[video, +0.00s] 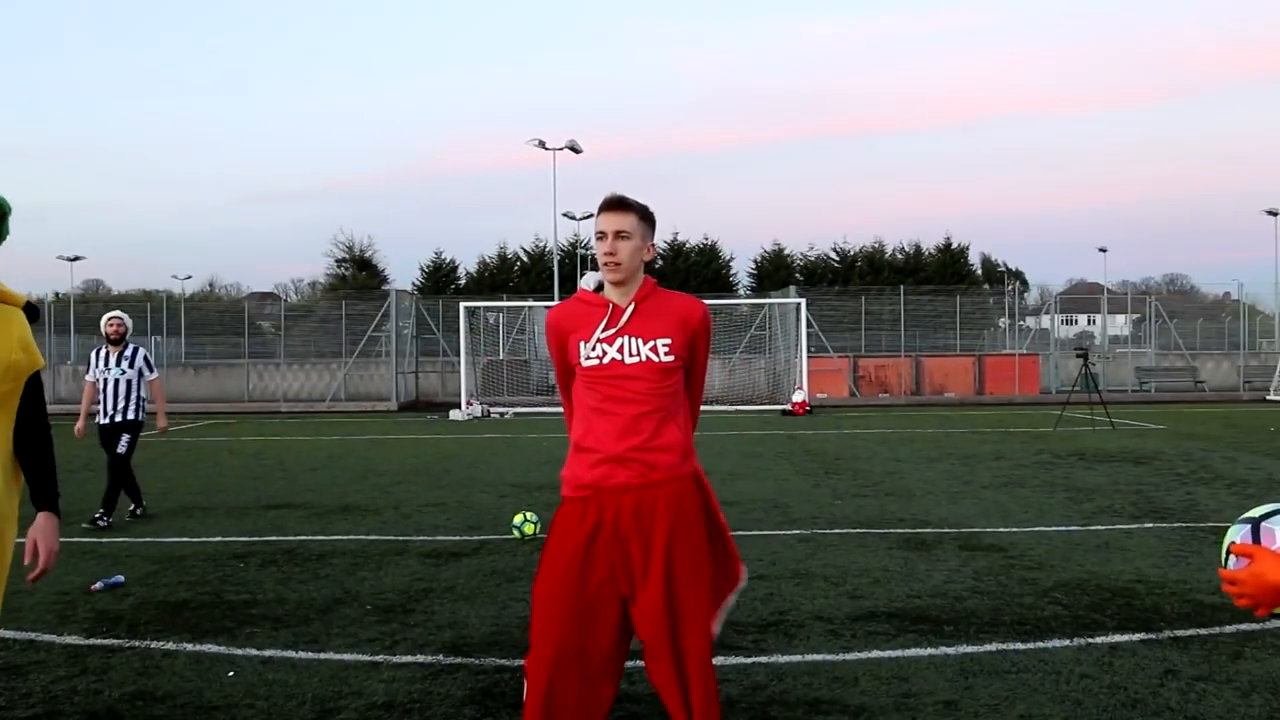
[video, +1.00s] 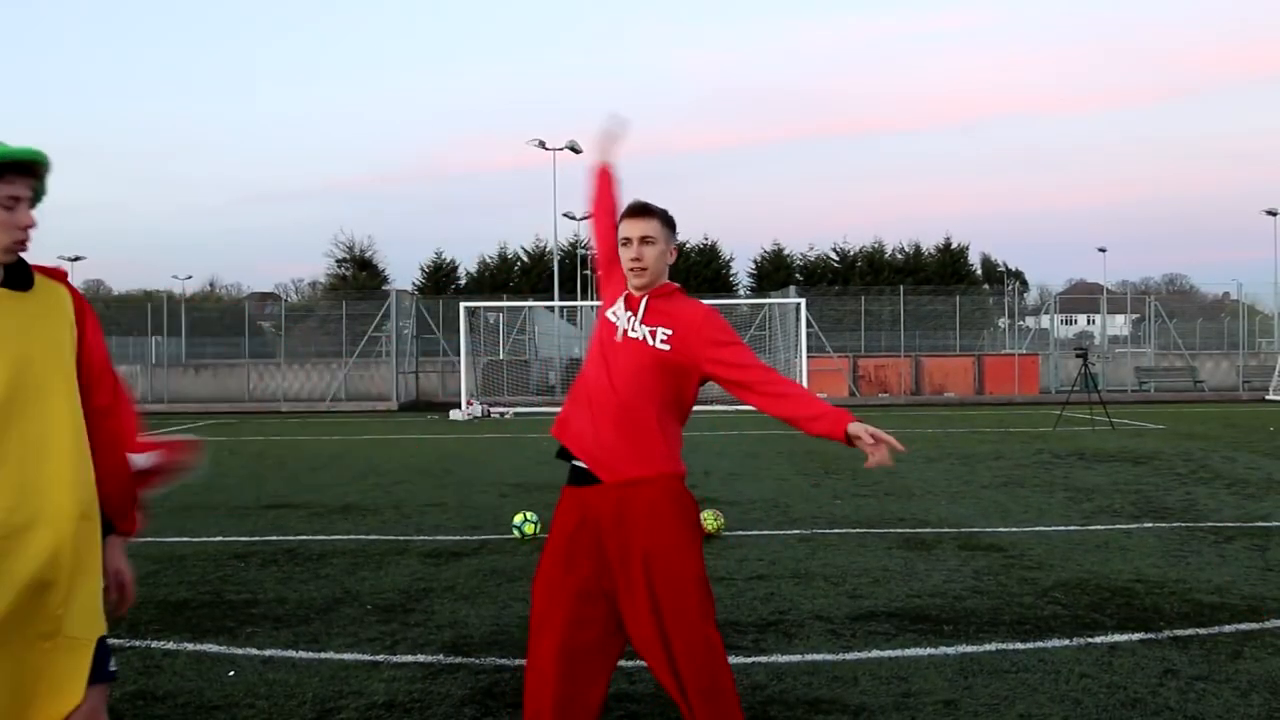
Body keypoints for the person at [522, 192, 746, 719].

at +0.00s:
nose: (609, 247)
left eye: (622, 237)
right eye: (601, 237)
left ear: (649, 250)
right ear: (592, 246)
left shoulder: (688, 314)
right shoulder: (564, 319)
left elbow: (690, 407)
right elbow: (572, 409)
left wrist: (659, 465)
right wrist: (601, 466)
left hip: (667, 503)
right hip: (587, 506)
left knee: (683, 657)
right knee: (553, 657)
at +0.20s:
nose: (604, 248)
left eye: (617, 238)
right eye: (597, 238)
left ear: (644, 249)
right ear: (590, 247)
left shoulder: (686, 313)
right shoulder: (558, 319)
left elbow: (694, 405)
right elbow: (561, 408)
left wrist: (664, 467)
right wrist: (591, 466)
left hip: (665, 504)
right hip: (584, 508)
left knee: (681, 654)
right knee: (557, 656)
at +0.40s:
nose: (599, 246)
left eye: (613, 236)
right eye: (592, 237)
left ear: (639, 249)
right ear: (584, 247)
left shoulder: (681, 312)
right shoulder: (553, 320)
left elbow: (700, 387)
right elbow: (550, 402)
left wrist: (676, 455)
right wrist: (579, 457)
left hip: (662, 501)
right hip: (581, 505)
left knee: (678, 645)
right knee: (558, 647)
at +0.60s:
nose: (601, 243)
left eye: (615, 233)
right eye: (593, 233)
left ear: (640, 246)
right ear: (586, 244)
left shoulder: (677, 311)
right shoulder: (552, 319)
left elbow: (709, 376)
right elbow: (497, 393)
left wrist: (687, 451)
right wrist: (531, 476)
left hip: (660, 496)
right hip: (575, 504)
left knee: (685, 645)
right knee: (561, 653)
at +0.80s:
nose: (628, 251)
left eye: (641, 240)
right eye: (619, 240)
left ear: (665, 249)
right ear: (610, 247)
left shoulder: (688, 320)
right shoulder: (567, 293)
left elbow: (760, 394)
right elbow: (481, 277)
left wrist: (833, 471)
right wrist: (413, 242)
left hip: (640, 501)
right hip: (565, 500)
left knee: (676, 648)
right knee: (547, 656)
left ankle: (720, 716)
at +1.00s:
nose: (634, 254)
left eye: (647, 242)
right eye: (625, 244)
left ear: (671, 251)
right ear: (616, 253)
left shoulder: (692, 320)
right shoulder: (615, 294)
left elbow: (762, 384)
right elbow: (603, 228)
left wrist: (844, 425)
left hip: (649, 499)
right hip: (583, 497)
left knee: (686, 650)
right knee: (555, 652)